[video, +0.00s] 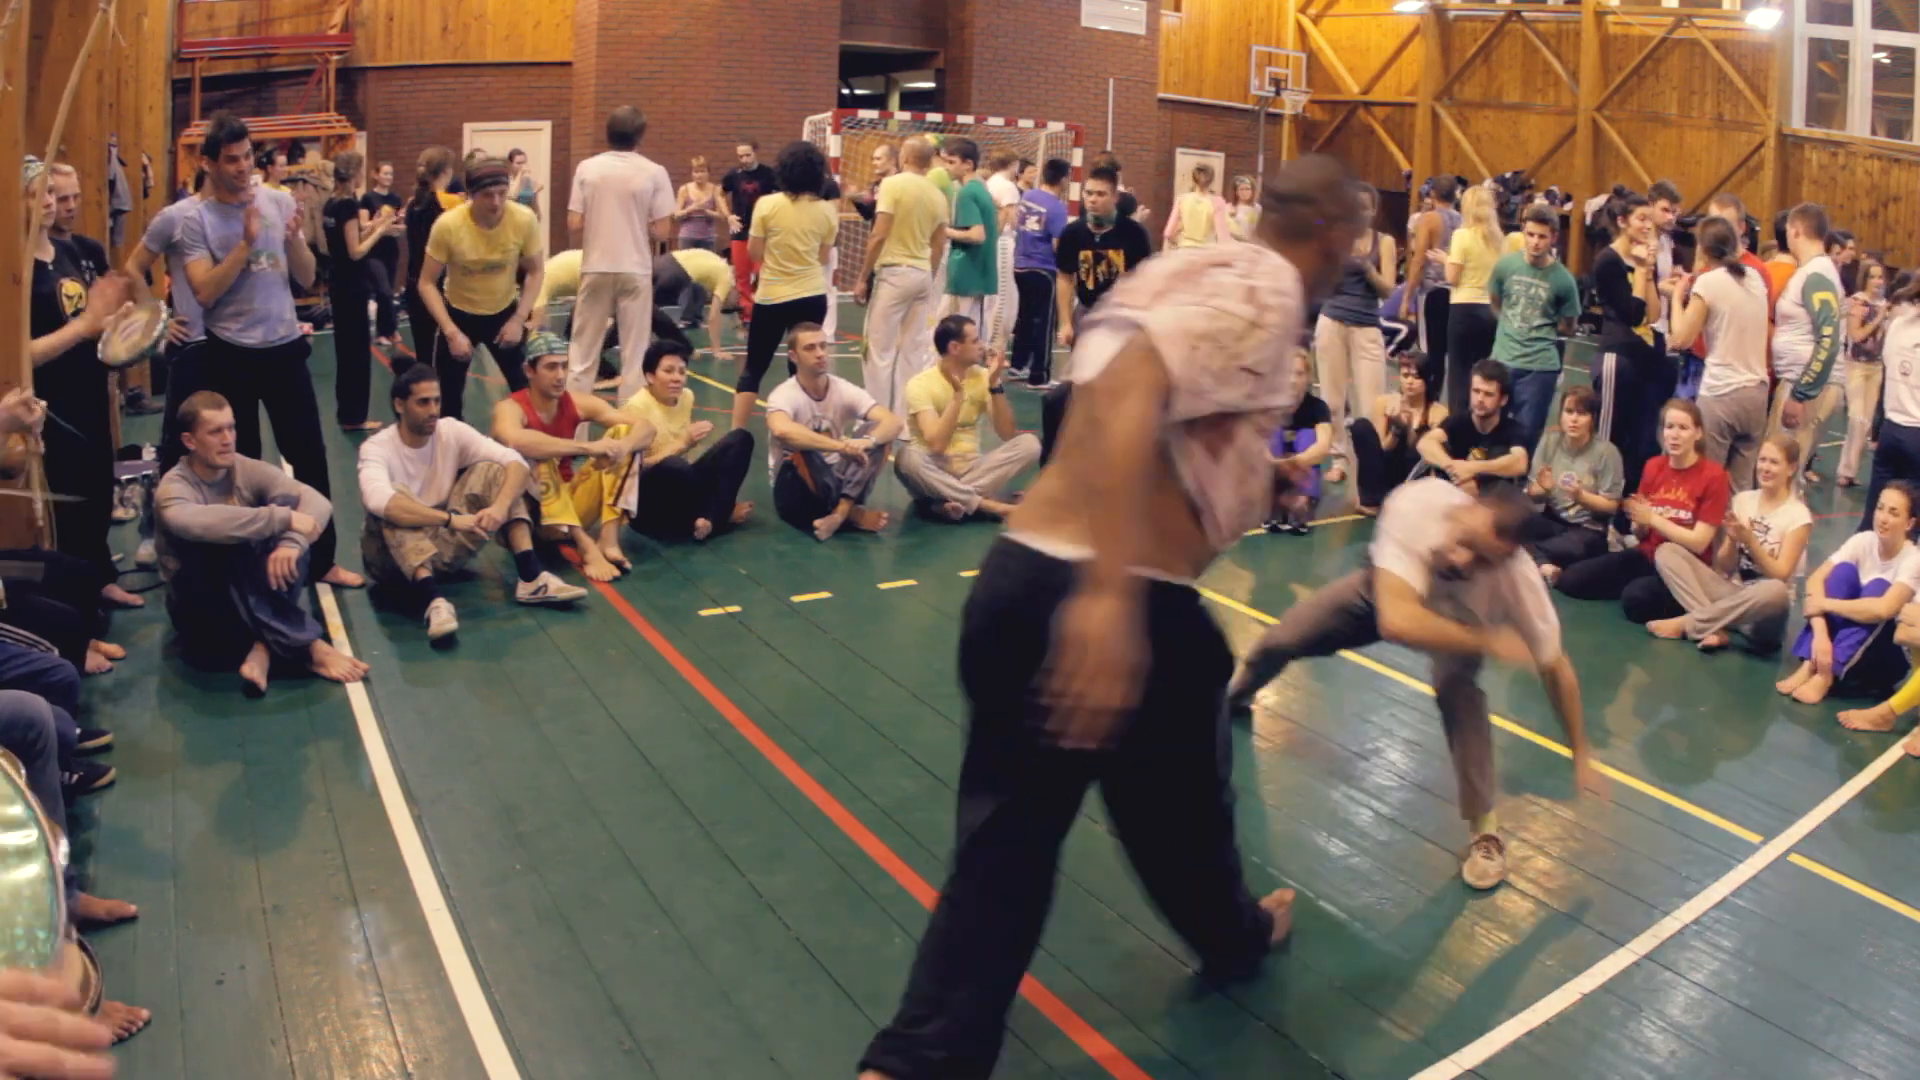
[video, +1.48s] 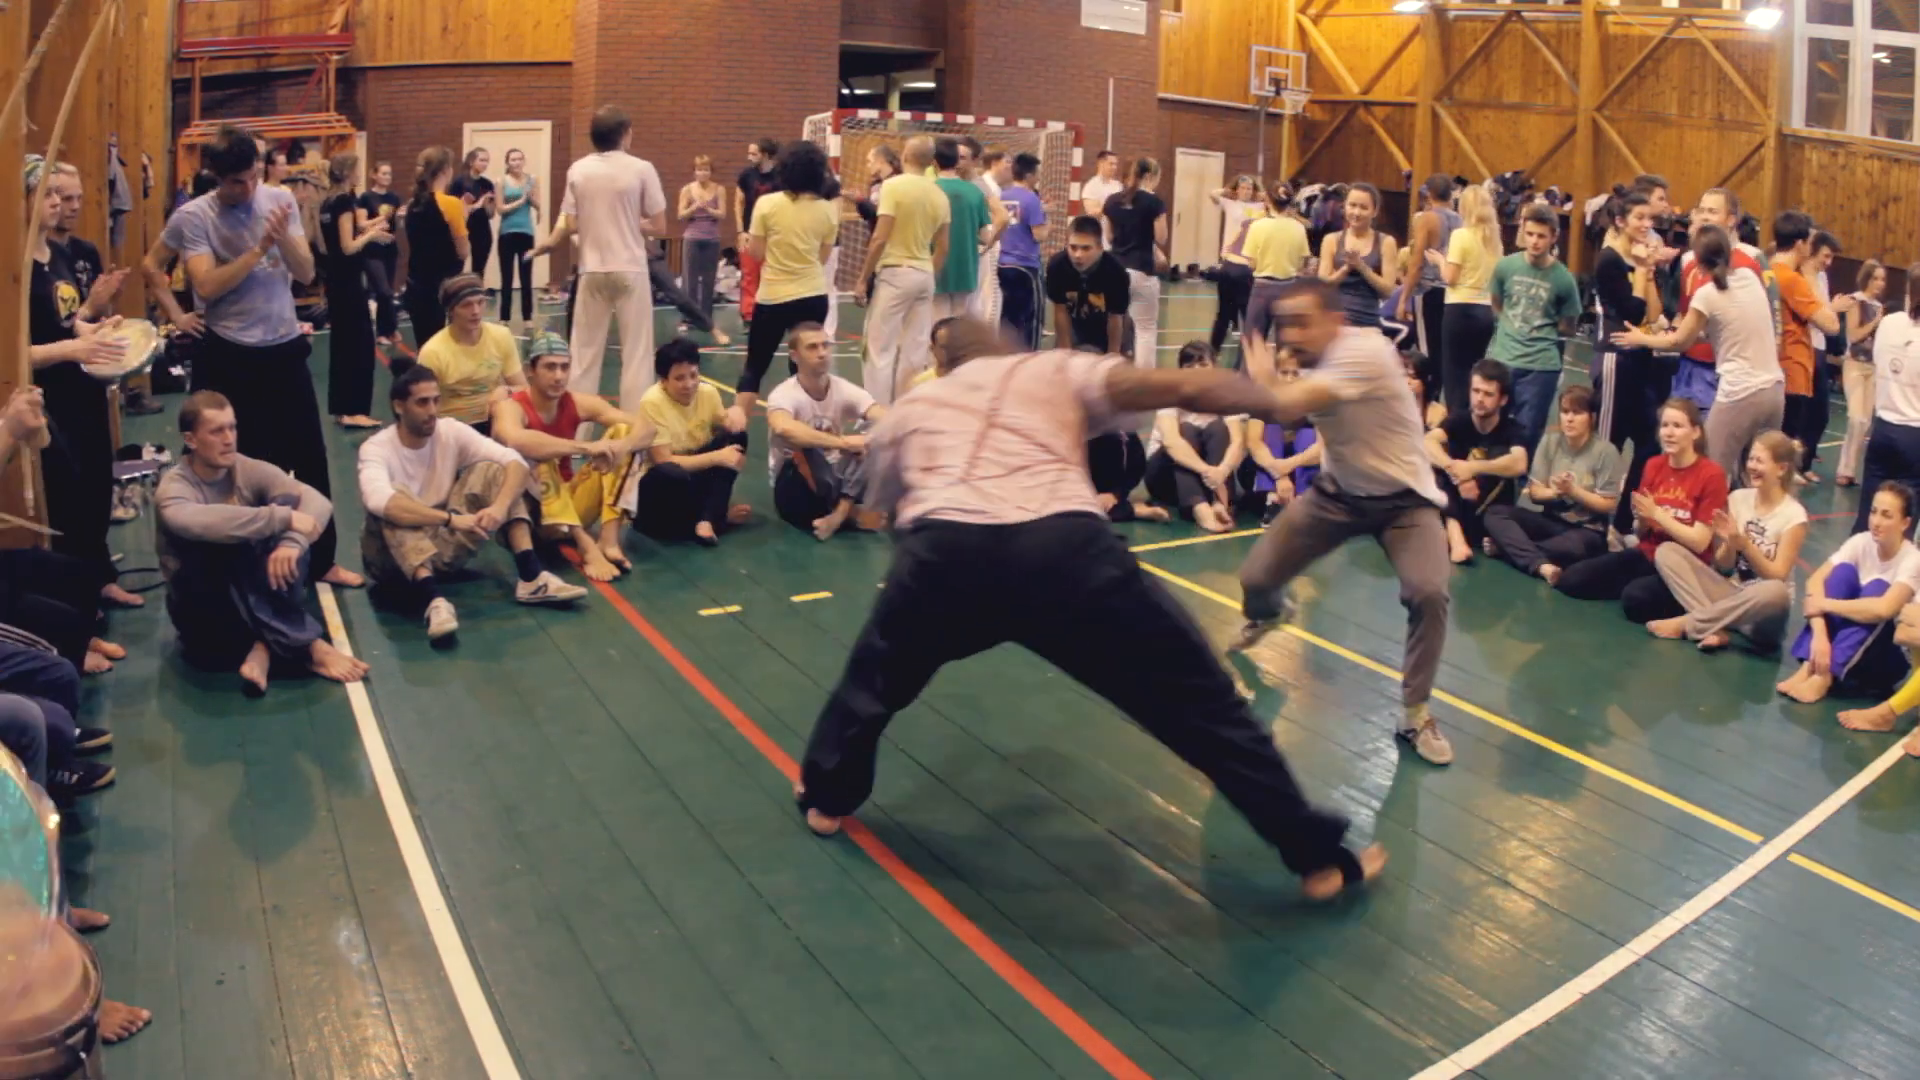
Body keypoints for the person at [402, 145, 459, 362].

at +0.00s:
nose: (453, 172)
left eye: (452, 167)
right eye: (451, 167)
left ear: (423, 168)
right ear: (445, 170)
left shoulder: (413, 203)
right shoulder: (449, 204)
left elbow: (409, 249)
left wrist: (402, 281)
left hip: (414, 283)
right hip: (436, 284)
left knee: (424, 350)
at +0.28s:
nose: (455, 171)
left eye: (454, 167)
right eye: (453, 166)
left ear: (425, 168)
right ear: (447, 169)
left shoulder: (416, 202)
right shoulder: (450, 202)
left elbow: (409, 248)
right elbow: (465, 244)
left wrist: (400, 284)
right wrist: (474, 214)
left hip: (417, 283)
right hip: (445, 284)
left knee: (424, 350)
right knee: (446, 349)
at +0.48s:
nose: (454, 171)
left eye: (454, 166)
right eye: (453, 166)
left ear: (426, 168)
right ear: (446, 169)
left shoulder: (417, 201)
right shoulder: (446, 202)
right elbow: (461, 250)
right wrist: (470, 218)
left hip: (414, 287)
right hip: (439, 290)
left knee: (424, 356)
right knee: (444, 355)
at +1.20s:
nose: (449, 173)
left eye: (448, 168)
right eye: (447, 168)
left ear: (421, 170)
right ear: (441, 171)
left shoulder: (408, 206)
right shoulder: (444, 206)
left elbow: (405, 250)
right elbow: (458, 253)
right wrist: (459, 217)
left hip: (412, 286)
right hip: (434, 288)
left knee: (423, 350)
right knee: (434, 349)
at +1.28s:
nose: (450, 173)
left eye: (450, 168)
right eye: (449, 167)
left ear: (422, 170)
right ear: (443, 171)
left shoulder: (409, 207)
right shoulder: (445, 205)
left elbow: (405, 251)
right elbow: (462, 251)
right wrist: (464, 215)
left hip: (413, 287)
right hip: (438, 289)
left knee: (425, 351)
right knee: (439, 350)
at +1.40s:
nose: (451, 172)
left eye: (450, 167)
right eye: (450, 166)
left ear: (423, 170)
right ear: (444, 170)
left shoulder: (411, 206)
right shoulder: (447, 204)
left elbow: (406, 251)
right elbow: (464, 250)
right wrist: (466, 214)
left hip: (415, 285)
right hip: (441, 287)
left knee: (425, 349)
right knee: (441, 349)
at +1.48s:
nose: (452, 172)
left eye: (452, 167)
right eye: (451, 167)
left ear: (425, 170)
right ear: (445, 170)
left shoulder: (411, 207)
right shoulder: (452, 204)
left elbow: (411, 248)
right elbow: (463, 250)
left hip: (417, 284)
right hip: (444, 284)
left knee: (425, 348)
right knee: (441, 345)